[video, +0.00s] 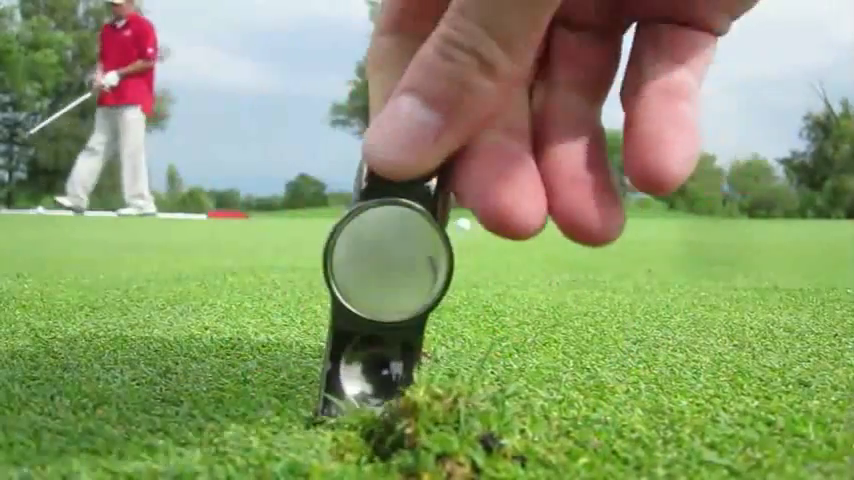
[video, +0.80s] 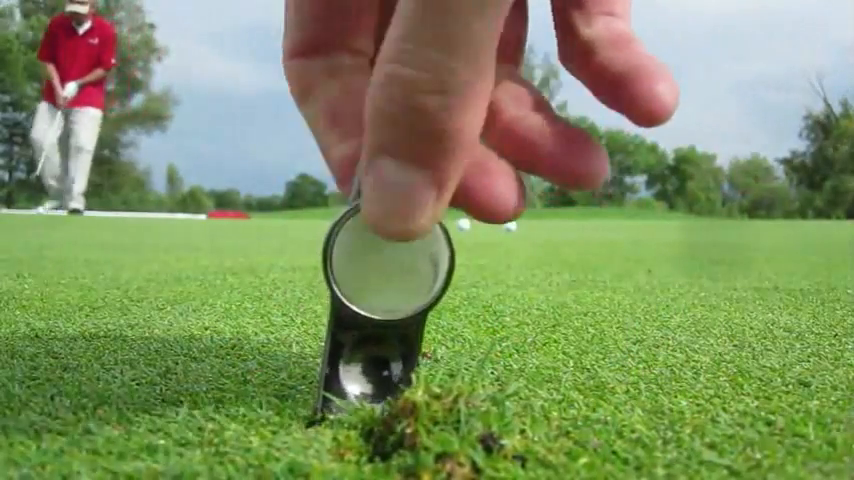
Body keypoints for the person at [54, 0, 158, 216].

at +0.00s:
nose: (114, 7)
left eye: (118, 4)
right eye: (112, 4)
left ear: (130, 4)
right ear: (111, 7)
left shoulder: (143, 26)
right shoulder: (107, 29)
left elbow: (148, 61)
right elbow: (102, 59)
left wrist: (117, 74)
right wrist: (98, 75)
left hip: (132, 97)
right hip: (108, 97)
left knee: (132, 150)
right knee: (96, 147)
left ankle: (140, 202)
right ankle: (76, 197)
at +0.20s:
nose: (89, 12)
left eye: (93, 8)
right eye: (87, 8)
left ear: (106, 6)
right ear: (84, 8)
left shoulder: (120, 26)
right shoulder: (78, 28)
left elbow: (128, 61)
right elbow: (75, 61)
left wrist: (99, 78)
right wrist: (77, 80)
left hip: (111, 94)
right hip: (84, 95)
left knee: (104, 143)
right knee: (70, 148)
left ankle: (129, 194)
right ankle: (69, 201)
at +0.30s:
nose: (82, 10)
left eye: (87, 6)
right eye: (80, 6)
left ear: (99, 4)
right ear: (77, 6)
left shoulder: (113, 24)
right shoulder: (70, 25)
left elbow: (120, 61)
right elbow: (66, 60)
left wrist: (91, 78)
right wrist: (72, 83)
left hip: (105, 94)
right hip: (78, 94)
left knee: (96, 140)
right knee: (64, 147)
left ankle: (109, 198)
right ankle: (70, 201)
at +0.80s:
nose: (76, 17)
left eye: (81, 13)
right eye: (73, 13)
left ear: (91, 9)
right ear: (68, 8)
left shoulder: (104, 30)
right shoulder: (57, 24)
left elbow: (105, 67)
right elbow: (46, 59)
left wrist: (77, 83)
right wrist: (58, 88)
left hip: (87, 97)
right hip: (55, 94)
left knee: (82, 146)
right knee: (40, 138)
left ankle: (75, 201)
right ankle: (55, 194)